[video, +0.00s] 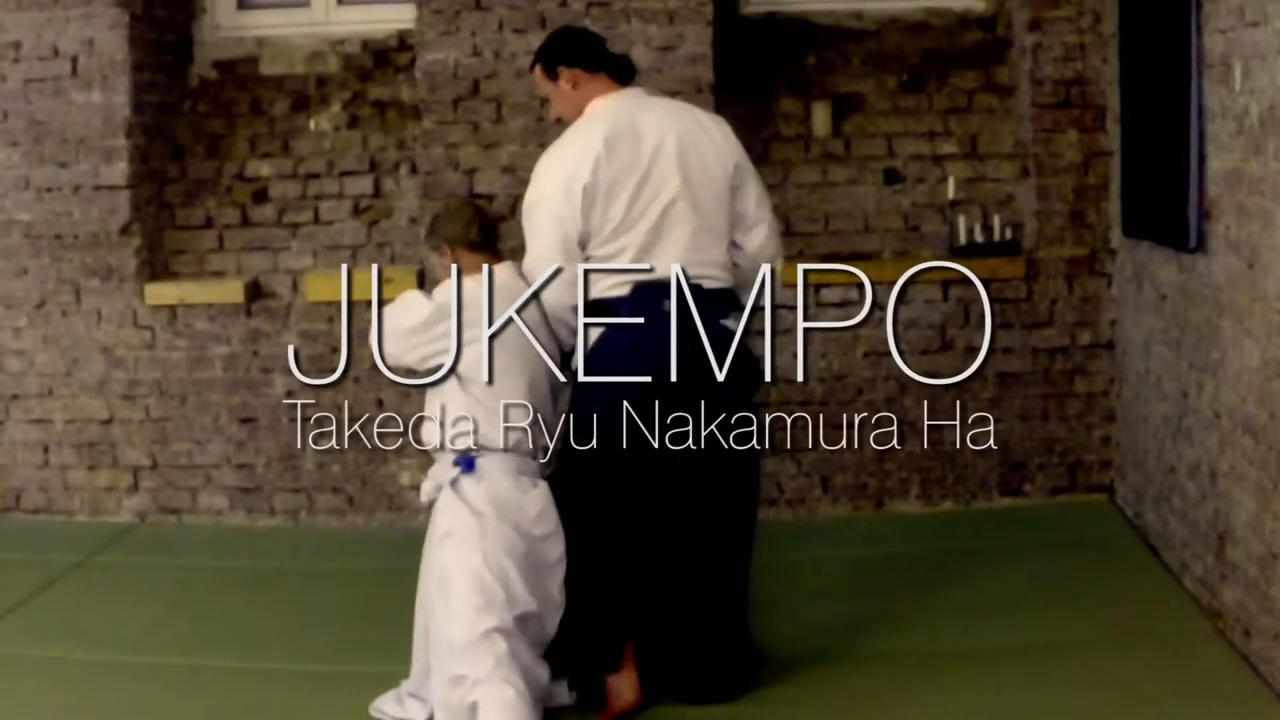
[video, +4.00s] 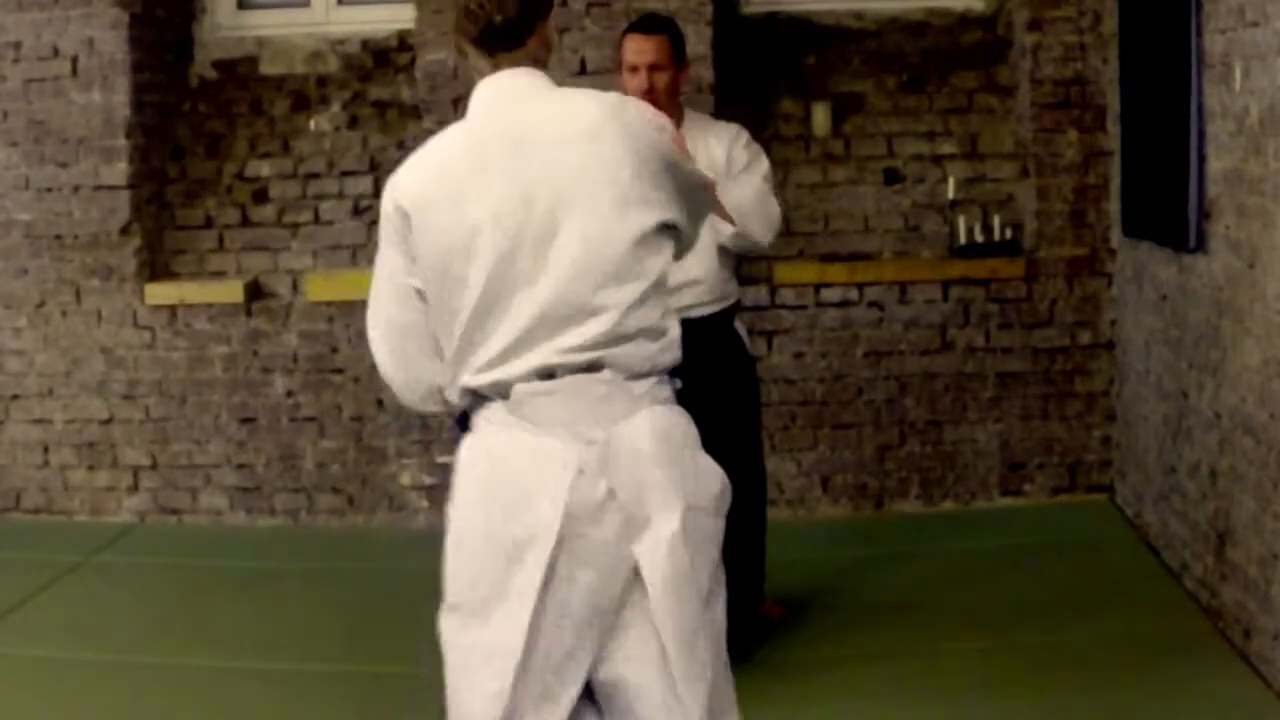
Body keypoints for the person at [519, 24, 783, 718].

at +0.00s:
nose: (552, 113)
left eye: (548, 97)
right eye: (546, 100)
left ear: (571, 78)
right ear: (614, 73)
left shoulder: (569, 156)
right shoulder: (711, 129)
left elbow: (552, 281)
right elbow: (761, 242)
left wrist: (577, 351)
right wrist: (726, 311)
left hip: (616, 347)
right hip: (711, 339)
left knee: (603, 503)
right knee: (712, 499)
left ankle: (616, 670)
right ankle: (711, 664)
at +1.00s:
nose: (478, 139)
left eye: (471, 125)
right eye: (473, 127)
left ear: (485, 107)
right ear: (525, 91)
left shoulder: (537, 150)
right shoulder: (593, 136)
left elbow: (479, 250)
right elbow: (516, 205)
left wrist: (424, 230)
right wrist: (439, 215)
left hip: (579, 352)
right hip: (641, 340)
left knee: (559, 518)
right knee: (614, 514)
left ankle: (537, 676)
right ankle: (622, 664)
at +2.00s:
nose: (556, 102)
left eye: (559, 86)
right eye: (551, 90)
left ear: (594, 73)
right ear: (605, 76)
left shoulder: (611, 139)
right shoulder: (655, 127)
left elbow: (615, 236)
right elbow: (698, 217)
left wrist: (601, 320)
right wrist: (700, 287)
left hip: (637, 315)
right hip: (679, 310)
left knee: (626, 474)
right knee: (662, 473)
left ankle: (636, 640)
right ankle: (673, 633)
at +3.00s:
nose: (652, 44)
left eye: (666, 29)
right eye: (641, 31)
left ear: (693, 37)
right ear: (627, 40)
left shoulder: (744, 120)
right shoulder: (597, 131)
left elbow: (790, 208)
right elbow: (561, 214)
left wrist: (786, 271)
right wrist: (585, 274)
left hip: (725, 324)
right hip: (634, 326)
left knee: (745, 484)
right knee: (614, 488)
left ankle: (773, 637)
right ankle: (593, 654)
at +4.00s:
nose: (642, 81)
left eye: (655, 69)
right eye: (632, 70)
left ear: (682, 73)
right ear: (619, 75)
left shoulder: (726, 143)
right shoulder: (604, 147)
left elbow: (762, 232)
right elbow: (584, 234)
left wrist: (686, 171)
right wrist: (630, 173)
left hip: (708, 337)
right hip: (626, 340)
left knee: (734, 489)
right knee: (642, 488)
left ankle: (737, 628)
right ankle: (645, 629)